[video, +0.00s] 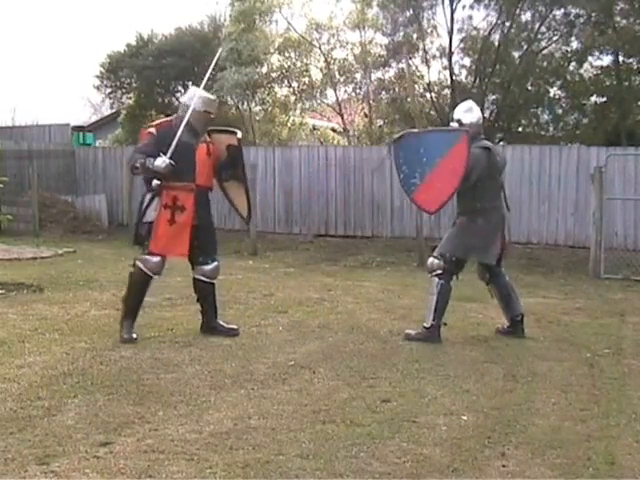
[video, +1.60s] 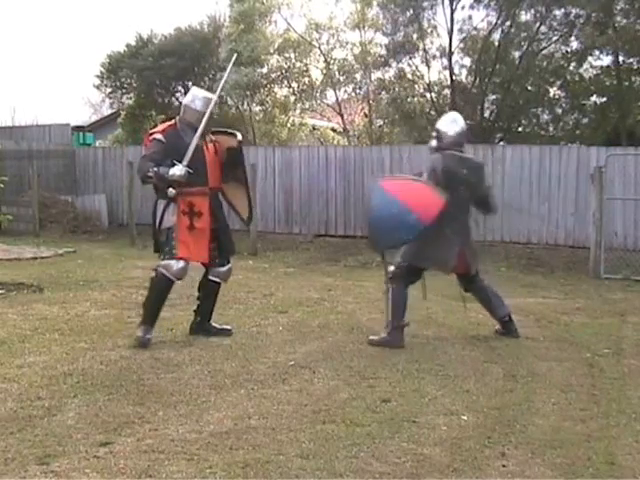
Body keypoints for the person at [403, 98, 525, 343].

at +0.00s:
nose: (456, 129)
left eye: (459, 124)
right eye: (457, 124)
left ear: (465, 126)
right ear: (479, 126)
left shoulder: (472, 154)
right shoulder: (492, 151)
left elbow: (454, 180)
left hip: (473, 221)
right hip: (494, 220)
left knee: (442, 268)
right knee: (490, 269)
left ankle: (432, 327)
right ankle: (516, 321)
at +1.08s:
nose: (452, 126)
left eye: (454, 122)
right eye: (453, 122)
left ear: (460, 123)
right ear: (476, 122)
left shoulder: (466, 150)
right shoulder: (487, 149)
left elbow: (451, 181)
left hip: (465, 219)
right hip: (487, 219)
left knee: (442, 268)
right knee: (489, 270)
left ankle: (433, 327)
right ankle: (515, 322)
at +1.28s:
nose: (451, 136)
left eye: (453, 132)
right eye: (453, 132)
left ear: (459, 133)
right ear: (480, 133)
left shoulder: (461, 157)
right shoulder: (494, 159)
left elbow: (457, 196)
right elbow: (505, 203)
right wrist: (479, 198)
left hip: (459, 229)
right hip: (487, 231)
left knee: (421, 262)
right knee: (488, 276)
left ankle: (422, 322)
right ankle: (510, 322)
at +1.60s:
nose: (435, 137)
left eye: (438, 133)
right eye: (437, 133)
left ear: (441, 135)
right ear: (462, 137)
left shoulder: (438, 162)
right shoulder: (475, 166)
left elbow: (429, 200)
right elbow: (486, 205)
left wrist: (415, 183)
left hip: (432, 238)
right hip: (459, 239)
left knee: (398, 277)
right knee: (471, 281)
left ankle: (394, 333)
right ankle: (507, 323)